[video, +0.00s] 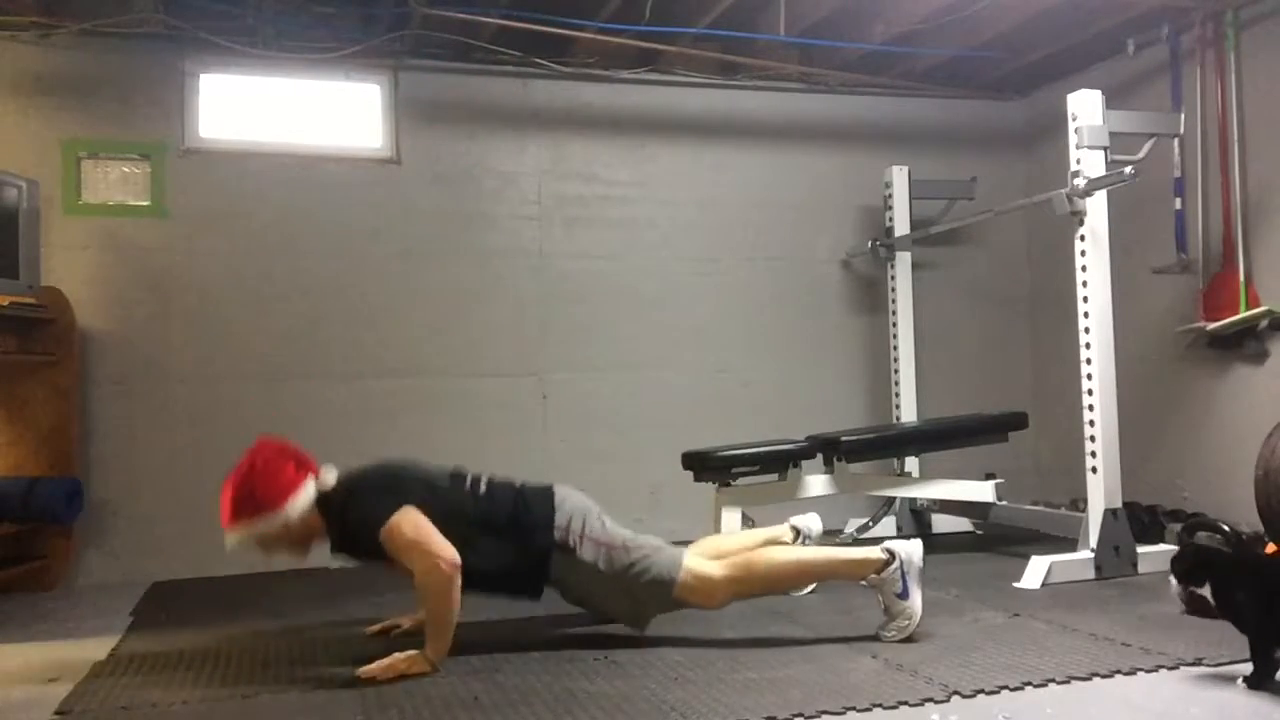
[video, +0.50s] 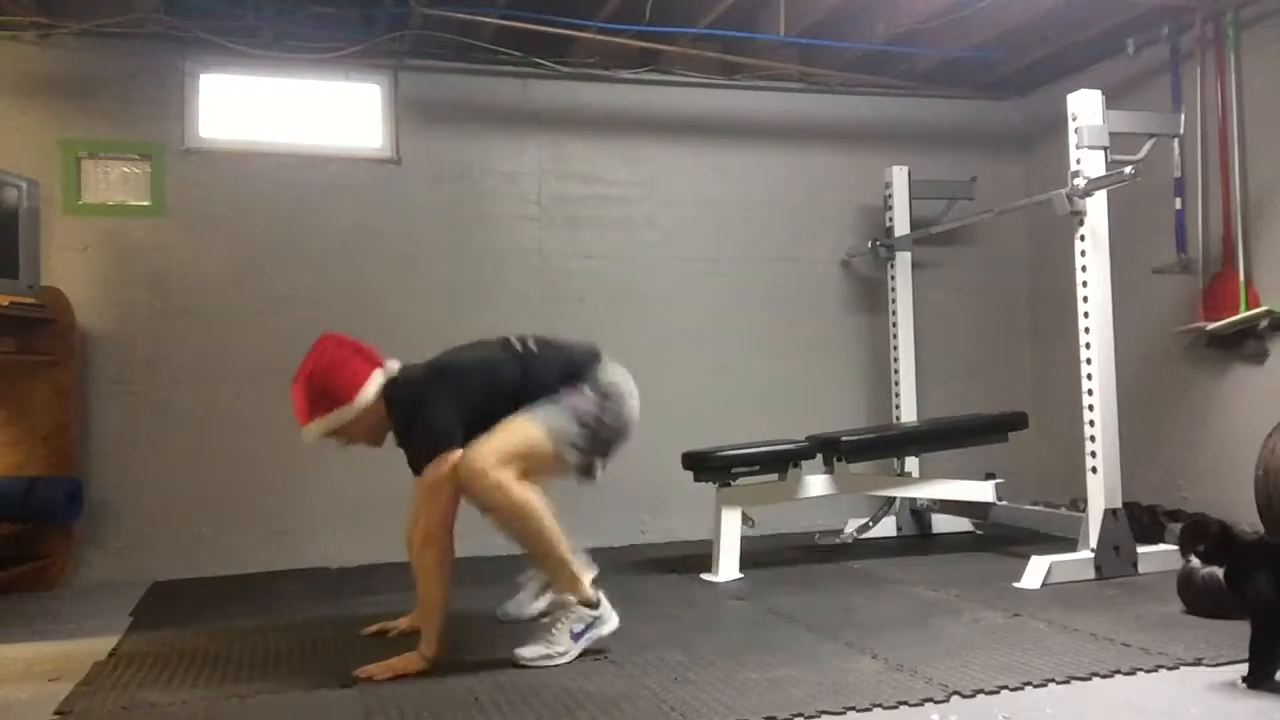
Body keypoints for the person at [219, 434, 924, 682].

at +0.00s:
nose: (261, 553)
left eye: (259, 539)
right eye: (251, 543)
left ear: (287, 511)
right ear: (289, 501)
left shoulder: (359, 505)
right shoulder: (346, 501)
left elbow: (441, 563)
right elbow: (432, 556)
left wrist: (432, 656)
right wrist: (420, 631)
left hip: (555, 536)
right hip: (547, 532)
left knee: (714, 582)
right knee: (688, 566)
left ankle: (881, 562)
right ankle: (791, 528)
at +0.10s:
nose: (271, 507)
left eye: (267, 494)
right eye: (259, 499)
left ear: (295, 458)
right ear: (291, 464)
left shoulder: (366, 458)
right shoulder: (347, 477)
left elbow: (430, 551)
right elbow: (419, 547)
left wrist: (431, 651)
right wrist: (424, 626)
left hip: (560, 492)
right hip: (548, 518)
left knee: (709, 553)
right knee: (680, 553)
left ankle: (880, 566)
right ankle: (785, 543)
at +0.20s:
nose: (278, 487)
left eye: (273, 474)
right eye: (266, 479)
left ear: (294, 442)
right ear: (293, 442)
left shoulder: (367, 436)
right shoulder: (354, 442)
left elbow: (416, 543)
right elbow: (412, 536)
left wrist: (430, 650)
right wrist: (422, 616)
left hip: (559, 413)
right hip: (551, 436)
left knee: (673, 529)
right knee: (661, 525)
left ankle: (846, 549)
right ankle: (778, 527)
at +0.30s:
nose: (309, 470)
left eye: (303, 457)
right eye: (298, 464)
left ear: (319, 429)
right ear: (321, 422)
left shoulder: (396, 422)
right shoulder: (379, 421)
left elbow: (426, 538)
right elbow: (420, 530)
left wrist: (430, 650)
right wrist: (423, 611)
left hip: (568, 358)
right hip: (545, 379)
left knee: (590, 504)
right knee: (561, 507)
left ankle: (761, 537)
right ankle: (697, 503)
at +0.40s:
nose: (333, 459)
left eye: (329, 444)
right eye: (322, 452)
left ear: (350, 410)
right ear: (351, 402)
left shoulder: (413, 410)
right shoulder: (400, 406)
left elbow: (429, 538)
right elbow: (428, 526)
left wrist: (430, 652)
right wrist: (427, 613)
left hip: (584, 355)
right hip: (559, 364)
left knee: (509, 464)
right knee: (491, 471)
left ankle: (655, 566)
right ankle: (620, 515)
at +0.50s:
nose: (343, 442)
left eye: (339, 430)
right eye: (334, 436)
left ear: (362, 402)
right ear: (365, 397)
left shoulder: (427, 406)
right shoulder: (410, 405)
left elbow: (435, 538)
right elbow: (423, 527)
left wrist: (426, 652)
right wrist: (423, 611)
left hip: (597, 393)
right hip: (572, 392)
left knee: (485, 466)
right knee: (472, 468)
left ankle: (586, 606)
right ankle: (562, 569)